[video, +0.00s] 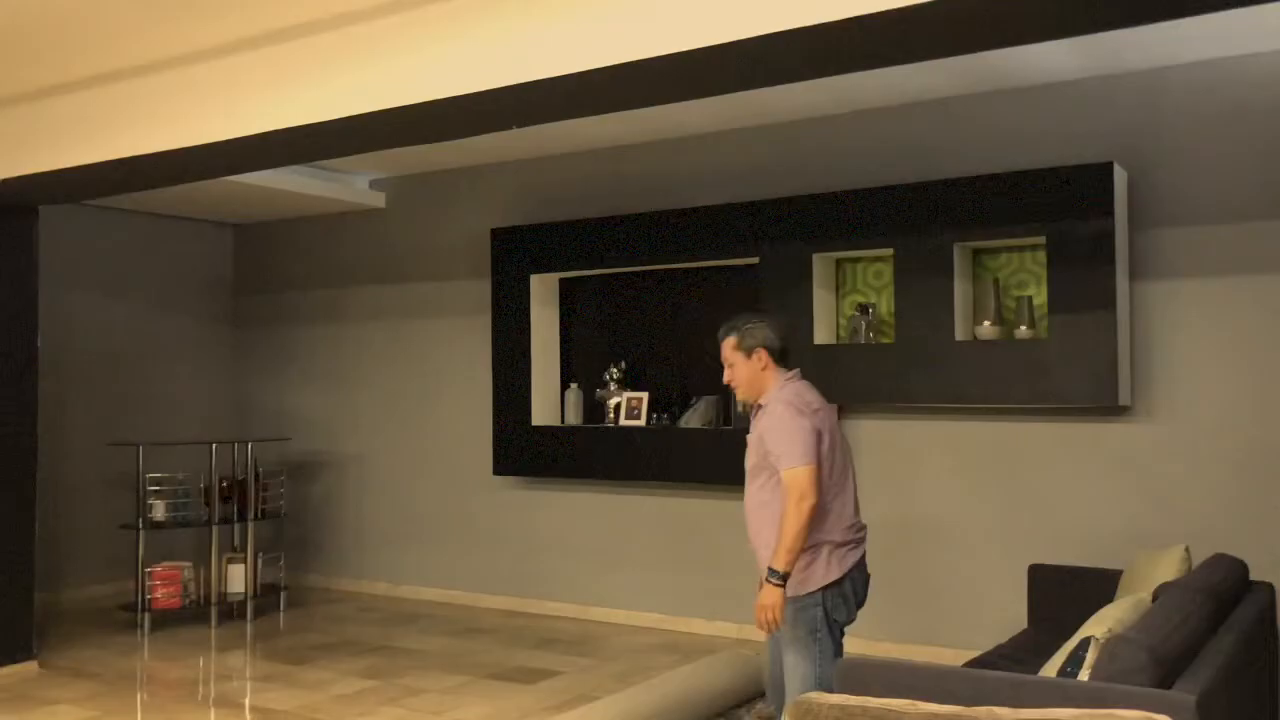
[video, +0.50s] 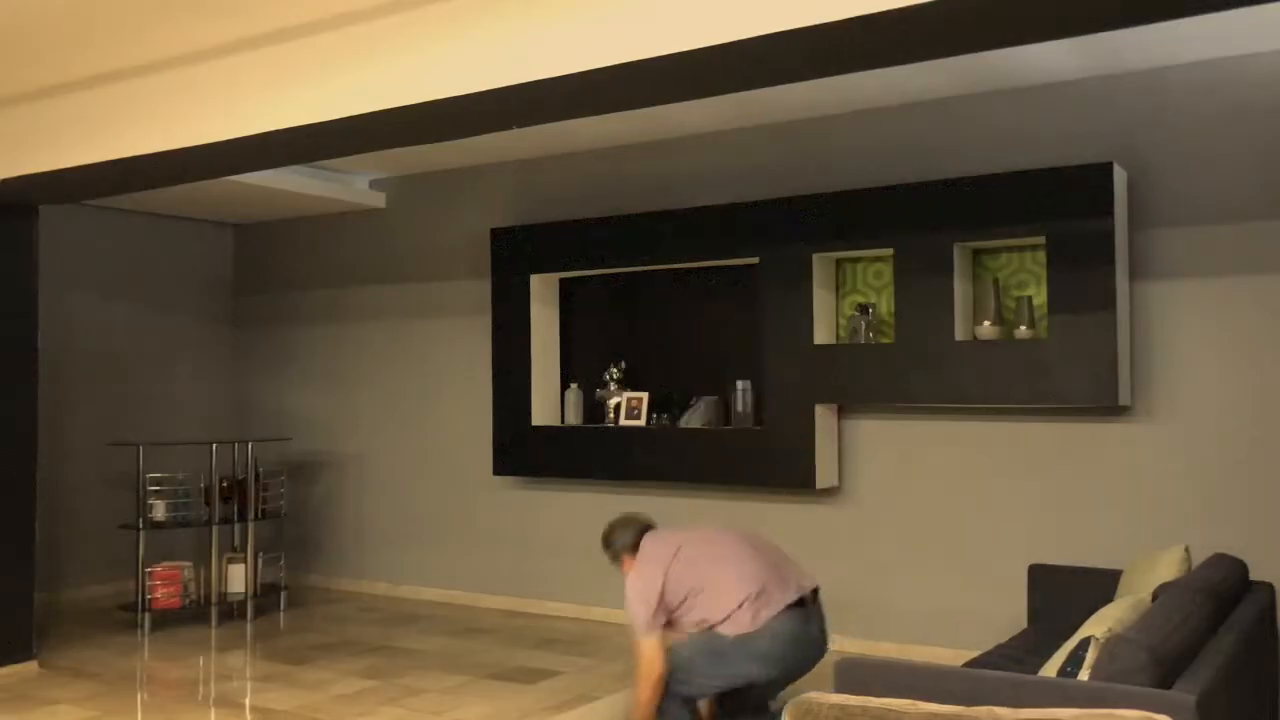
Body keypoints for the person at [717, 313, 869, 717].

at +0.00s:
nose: (726, 378)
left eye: (730, 365)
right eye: (724, 367)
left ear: (761, 359)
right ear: (761, 360)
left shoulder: (785, 408)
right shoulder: (796, 398)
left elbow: (802, 498)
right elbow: (808, 497)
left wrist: (775, 579)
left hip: (812, 580)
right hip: (802, 578)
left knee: (806, 711)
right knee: (781, 703)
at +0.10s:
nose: (717, 387)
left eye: (715, 376)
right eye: (714, 377)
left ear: (736, 369)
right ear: (747, 365)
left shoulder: (763, 414)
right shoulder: (797, 400)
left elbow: (777, 503)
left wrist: (762, 589)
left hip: (803, 579)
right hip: (826, 569)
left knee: (802, 711)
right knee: (768, 695)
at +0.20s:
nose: (704, 398)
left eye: (700, 386)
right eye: (699, 388)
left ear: (717, 376)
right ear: (736, 371)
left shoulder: (742, 417)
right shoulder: (781, 403)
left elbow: (754, 503)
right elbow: (815, 488)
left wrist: (730, 584)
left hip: (790, 578)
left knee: (794, 709)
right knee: (763, 695)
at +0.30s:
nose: (672, 425)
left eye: (669, 414)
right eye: (668, 416)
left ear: (683, 407)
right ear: (710, 396)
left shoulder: (702, 435)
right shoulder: (746, 417)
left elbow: (729, 512)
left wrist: (706, 587)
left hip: (784, 579)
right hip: (818, 569)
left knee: (739, 695)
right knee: (771, 691)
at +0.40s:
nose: (641, 511)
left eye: (638, 502)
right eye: (637, 504)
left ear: (647, 493)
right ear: (676, 470)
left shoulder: (662, 510)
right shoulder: (723, 483)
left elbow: (690, 599)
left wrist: (671, 672)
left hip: (776, 601)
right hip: (825, 592)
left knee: (701, 695)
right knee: (764, 690)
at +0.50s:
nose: (625, 575)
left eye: (620, 568)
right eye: (620, 569)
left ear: (627, 560)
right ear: (652, 534)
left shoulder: (642, 572)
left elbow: (654, 672)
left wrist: (642, 713)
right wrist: (706, 705)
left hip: (769, 638)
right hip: (810, 627)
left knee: (662, 681)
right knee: (738, 703)